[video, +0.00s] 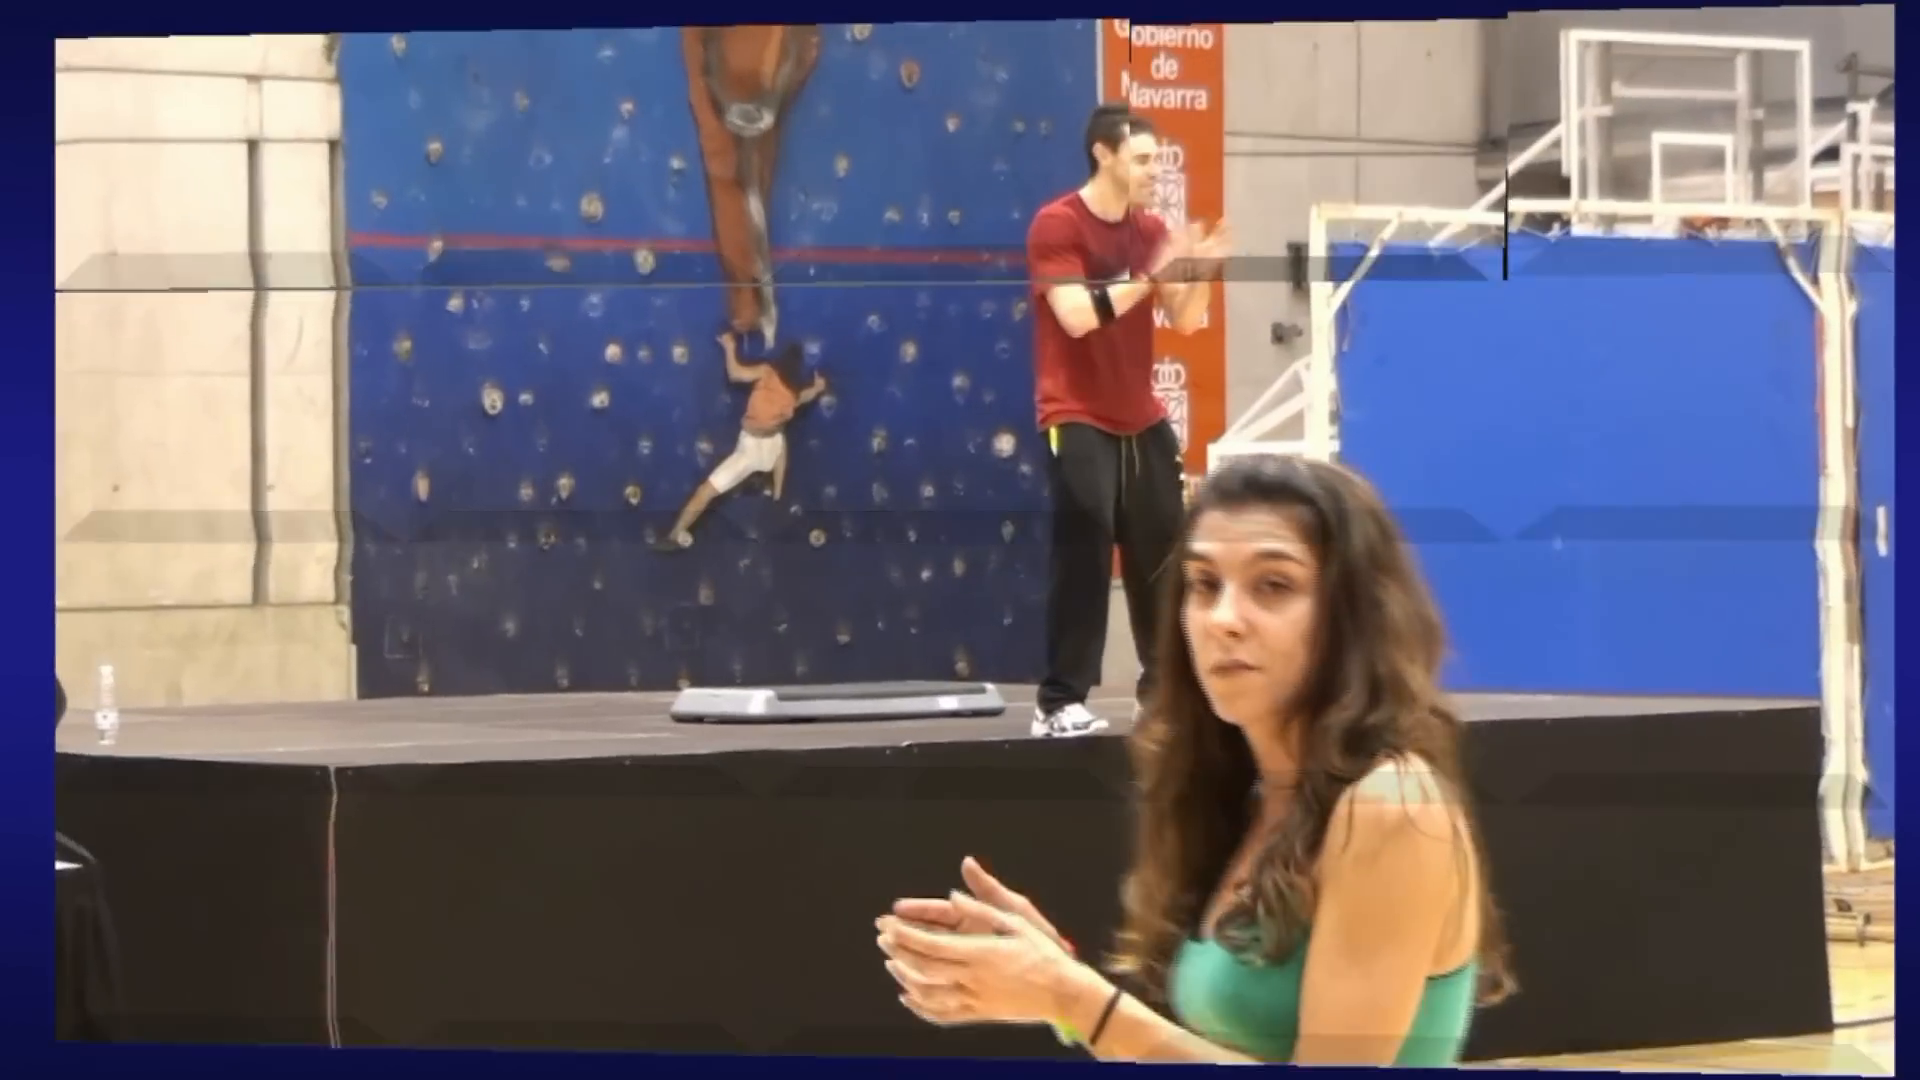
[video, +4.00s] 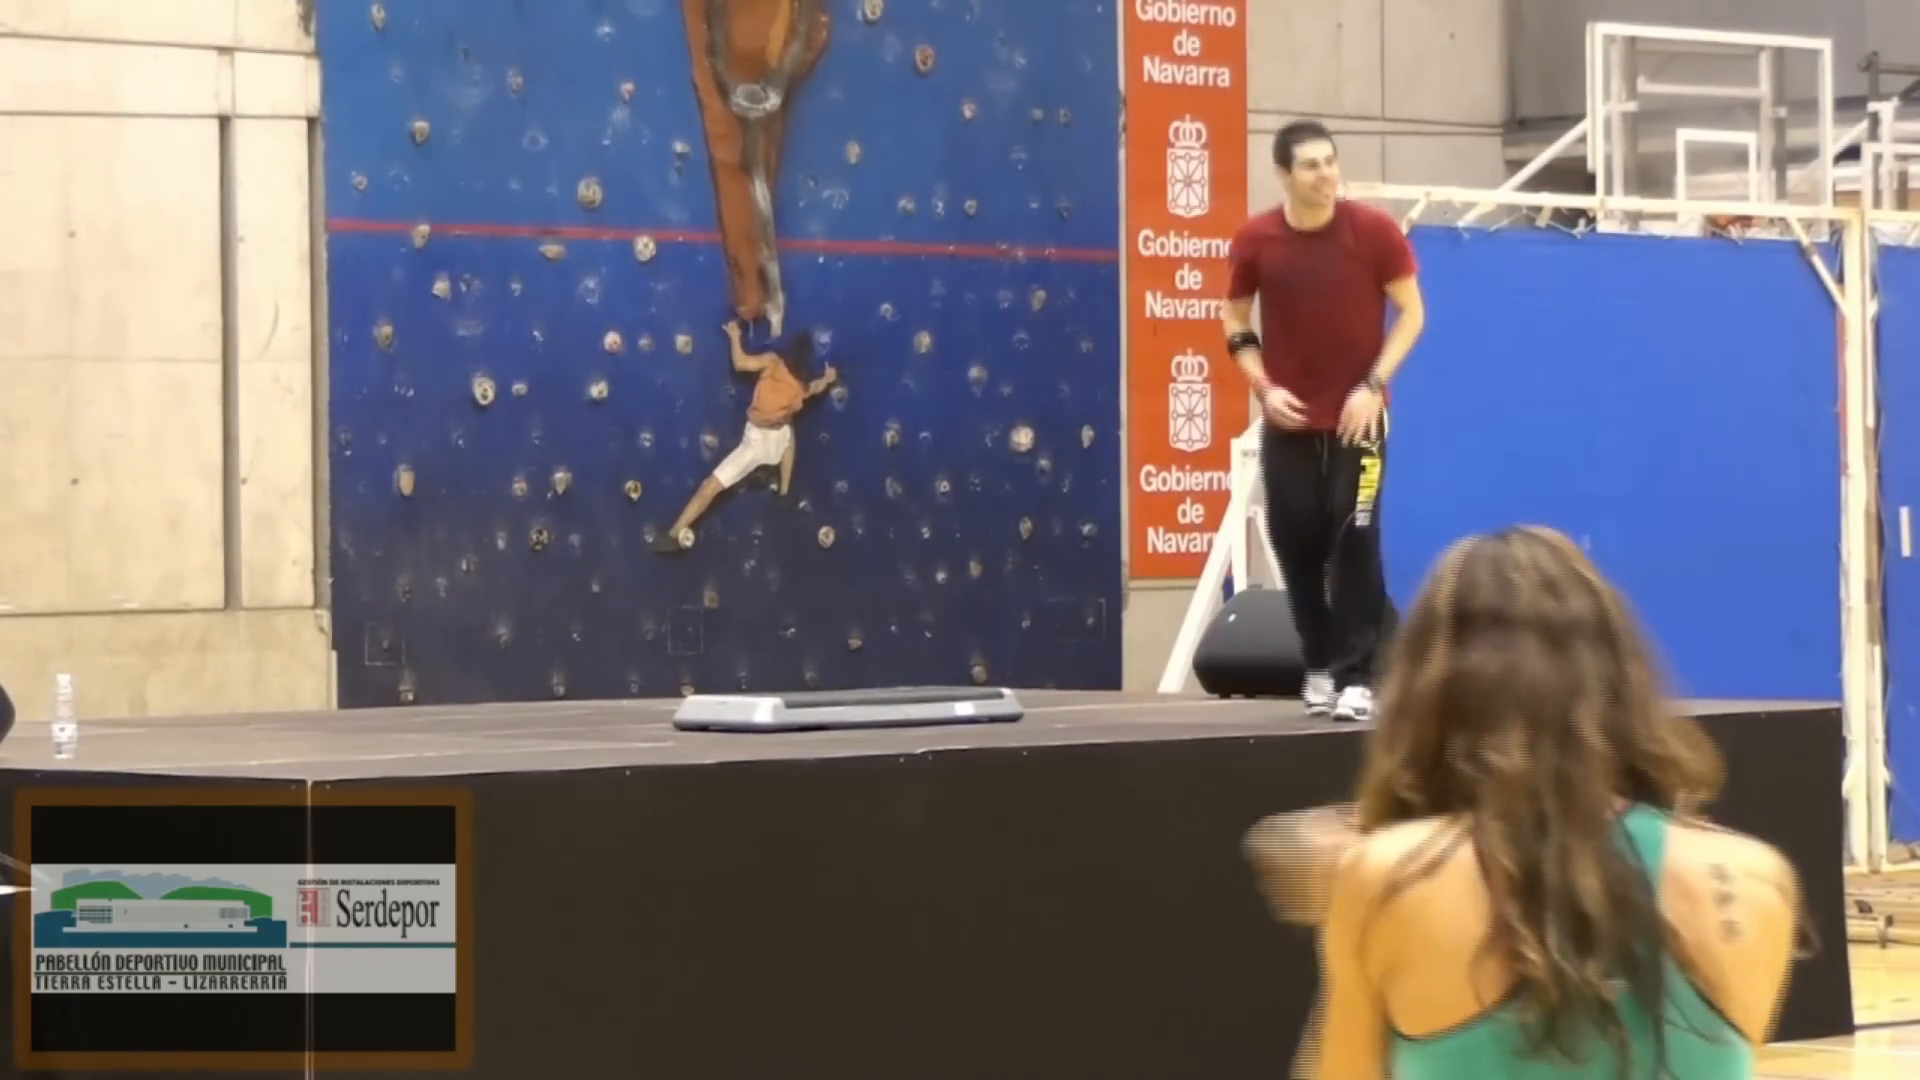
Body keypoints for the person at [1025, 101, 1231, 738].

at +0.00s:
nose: (1153, 170)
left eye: (1155, 158)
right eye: (1142, 158)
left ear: (1143, 160)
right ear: (1103, 155)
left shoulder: (1150, 231)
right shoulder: (1056, 223)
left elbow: (1185, 319)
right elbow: (1076, 317)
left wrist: (1203, 267)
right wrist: (1157, 273)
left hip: (1140, 411)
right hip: (1076, 411)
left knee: (1161, 549)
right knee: (1088, 542)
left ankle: (1166, 695)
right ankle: (1064, 699)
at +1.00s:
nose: (1172, 148)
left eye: (1174, 137)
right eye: (1160, 138)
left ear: (1169, 144)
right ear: (1121, 143)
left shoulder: (1172, 211)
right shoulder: (1074, 214)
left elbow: (1198, 313)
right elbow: (1103, 319)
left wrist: (1217, 253)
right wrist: (1168, 269)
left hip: (1152, 405)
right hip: (1085, 405)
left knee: (1177, 548)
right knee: (1093, 549)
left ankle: (1187, 698)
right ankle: (1081, 704)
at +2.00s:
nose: (1180, 140)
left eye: (1179, 129)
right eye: (1166, 129)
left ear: (1168, 141)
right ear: (1126, 139)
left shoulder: (1183, 208)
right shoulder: (1078, 197)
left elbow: (1194, 297)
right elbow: (1015, 198)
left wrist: (1206, 321)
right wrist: (1064, 189)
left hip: (1162, 404)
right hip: (1093, 405)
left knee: (1180, 554)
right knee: (1093, 556)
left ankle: (1187, 699)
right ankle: (1080, 704)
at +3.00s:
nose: (1209, 145)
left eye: (1216, 135)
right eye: (1195, 133)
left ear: (1224, 147)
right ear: (1164, 145)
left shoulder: (1243, 213)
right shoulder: (1118, 217)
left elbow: (1326, 233)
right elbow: (1087, 307)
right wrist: (1078, 382)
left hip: (1218, 413)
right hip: (1139, 414)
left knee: (1231, 540)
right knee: (1130, 529)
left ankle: (1234, 665)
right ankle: (1116, 663)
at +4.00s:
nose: (1324, 174)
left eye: (1330, 163)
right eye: (1310, 166)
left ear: (1339, 168)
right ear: (1284, 174)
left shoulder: (1373, 230)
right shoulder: (1255, 240)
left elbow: (1412, 313)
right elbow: (1237, 322)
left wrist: (1375, 384)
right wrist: (1264, 386)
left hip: (1355, 417)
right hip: (1288, 422)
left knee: (1353, 540)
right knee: (1298, 548)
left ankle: (1358, 677)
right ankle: (1319, 669)